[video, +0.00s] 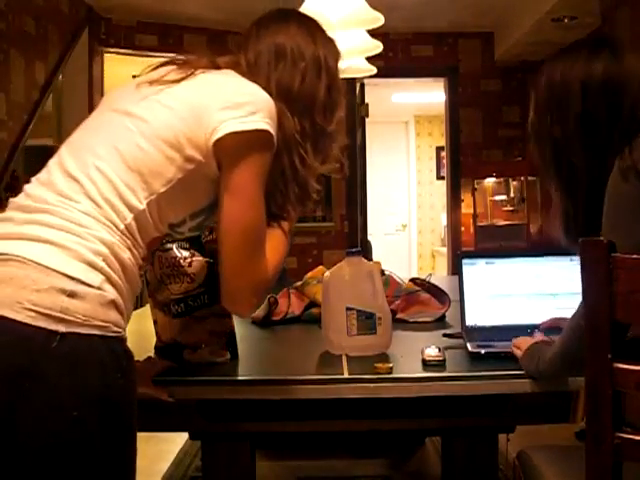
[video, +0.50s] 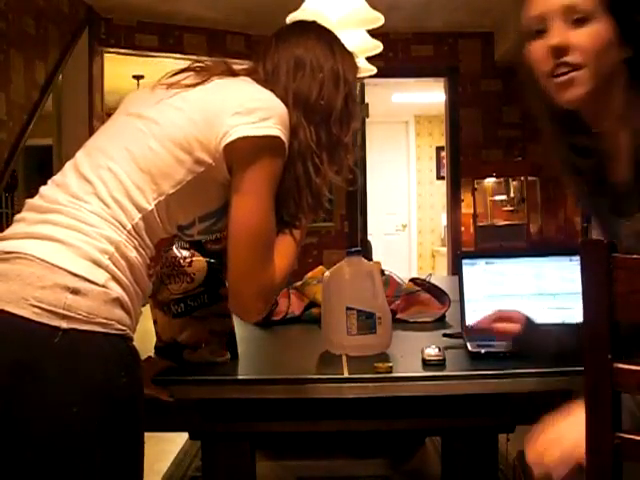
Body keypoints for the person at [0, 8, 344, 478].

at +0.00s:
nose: (315, 109)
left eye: (323, 94)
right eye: (319, 93)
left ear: (252, 52)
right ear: (304, 81)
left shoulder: (159, 78)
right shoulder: (246, 100)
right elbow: (242, 296)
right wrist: (286, 213)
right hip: (60, 326)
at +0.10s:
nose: (321, 110)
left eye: (328, 95)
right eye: (324, 93)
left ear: (257, 56)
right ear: (310, 83)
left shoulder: (169, 79)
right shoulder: (249, 102)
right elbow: (245, 298)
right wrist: (289, 215)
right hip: (62, 326)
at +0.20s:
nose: (322, 115)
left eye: (330, 102)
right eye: (326, 99)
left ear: (260, 58)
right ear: (313, 87)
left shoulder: (175, 79)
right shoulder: (251, 103)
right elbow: (247, 301)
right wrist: (292, 219)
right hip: (64, 325)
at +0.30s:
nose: (326, 115)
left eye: (334, 101)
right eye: (330, 98)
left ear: (265, 59)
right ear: (316, 87)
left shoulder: (175, 81)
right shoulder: (253, 104)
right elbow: (249, 301)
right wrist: (294, 223)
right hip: (66, 324)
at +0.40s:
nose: (330, 121)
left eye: (338, 106)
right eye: (334, 103)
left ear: (270, 61)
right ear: (318, 90)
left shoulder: (181, 80)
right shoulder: (255, 104)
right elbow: (250, 302)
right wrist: (298, 221)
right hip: (68, 323)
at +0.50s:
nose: (330, 121)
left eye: (338, 107)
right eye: (335, 104)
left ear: (272, 61)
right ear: (320, 91)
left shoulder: (184, 79)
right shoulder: (258, 106)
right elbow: (251, 303)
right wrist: (298, 223)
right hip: (69, 323)